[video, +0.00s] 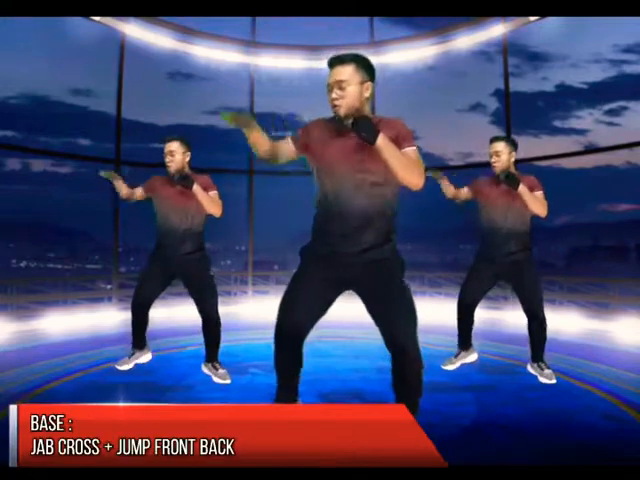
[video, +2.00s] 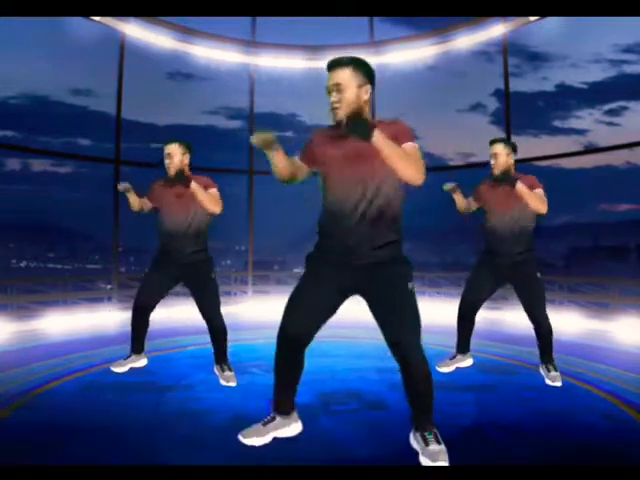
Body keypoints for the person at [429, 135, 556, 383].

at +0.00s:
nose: (494, 160)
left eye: (498, 154)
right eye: (491, 155)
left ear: (512, 155)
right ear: (489, 158)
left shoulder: (528, 183)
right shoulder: (482, 185)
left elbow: (542, 211)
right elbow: (456, 195)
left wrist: (518, 185)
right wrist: (442, 180)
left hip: (520, 260)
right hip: (489, 259)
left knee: (536, 313)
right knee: (466, 301)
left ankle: (537, 362)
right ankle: (465, 350)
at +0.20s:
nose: (480, 160)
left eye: (485, 155)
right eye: (479, 155)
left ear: (499, 157)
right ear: (480, 158)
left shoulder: (515, 184)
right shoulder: (479, 185)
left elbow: (520, 216)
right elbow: (462, 198)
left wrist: (498, 190)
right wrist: (459, 187)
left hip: (508, 257)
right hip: (482, 255)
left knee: (519, 308)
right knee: (461, 301)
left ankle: (543, 358)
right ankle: (467, 352)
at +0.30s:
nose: (477, 160)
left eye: (480, 156)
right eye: (477, 156)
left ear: (493, 157)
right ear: (485, 157)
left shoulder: (504, 181)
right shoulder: (485, 180)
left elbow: (492, 199)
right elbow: (479, 202)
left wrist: (470, 181)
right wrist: (473, 183)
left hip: (502, 252)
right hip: (484, 251)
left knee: (509, 308)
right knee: (462, 299)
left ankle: (546, 356)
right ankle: (467, 352)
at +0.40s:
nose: (481, 161)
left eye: (484, 157)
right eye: (481, 158)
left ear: (495, 157)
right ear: (492, 157)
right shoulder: (493, 178)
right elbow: (485, 210)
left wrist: (431, 169)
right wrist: (479, 185)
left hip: (501, 255)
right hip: (487, 254)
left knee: (509, 312)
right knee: (464, 298)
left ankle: (544, 358)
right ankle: (467, 352)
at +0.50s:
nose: (482, 161)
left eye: (485, 157)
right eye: (482, 157)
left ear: (496, 156)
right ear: (494, 157)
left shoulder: (507, 175)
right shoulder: (493, 179)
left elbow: (471, 183)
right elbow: (482, 208)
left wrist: (447, 173)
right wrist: (480, 182)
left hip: (508, 257)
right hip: (490, 256)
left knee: (517, 312)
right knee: (467, 298)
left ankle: (546, 360)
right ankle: (467, 352)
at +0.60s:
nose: (482, 163)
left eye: (485, 159)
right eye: (480, 159)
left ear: (498, 158)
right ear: (483, 162)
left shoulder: (515, 179)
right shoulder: (487, 184)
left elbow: (512, 205)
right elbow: (480, 211)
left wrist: (487, 183)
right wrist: (474, 191)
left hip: (514, 258)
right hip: (491, 258)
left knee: (524, 312)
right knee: (470, 302)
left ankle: (547, 363)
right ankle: (467, 352)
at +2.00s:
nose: (494, 161)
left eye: (498, 156)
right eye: (492, 156)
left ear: (512, 157)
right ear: (490, 159)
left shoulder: (529, 183)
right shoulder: (485, 189)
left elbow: (542, 208)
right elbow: (466, 209)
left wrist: (517, 184)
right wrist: (457, 195)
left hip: (522, 262)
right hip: (491, 262)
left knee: (539, 317)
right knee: (467, 306)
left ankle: (548, 364)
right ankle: (462, 354)